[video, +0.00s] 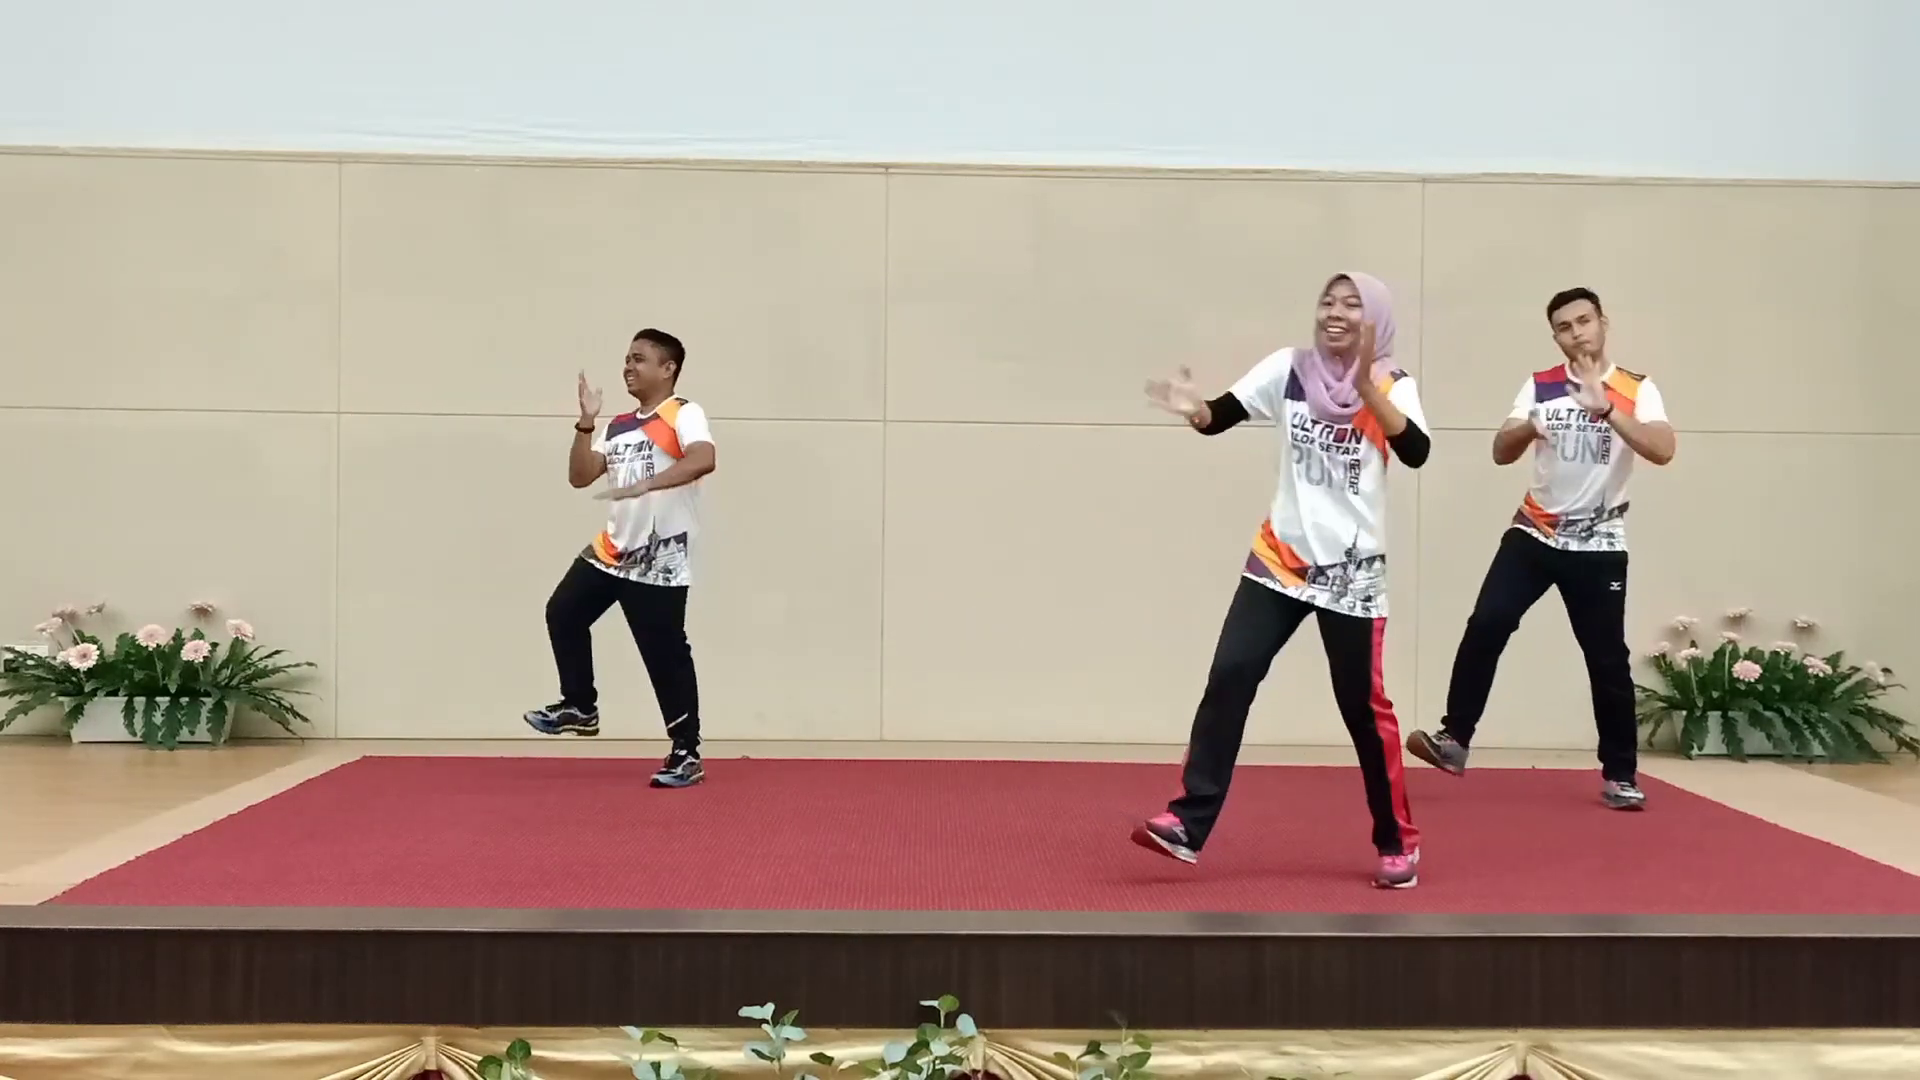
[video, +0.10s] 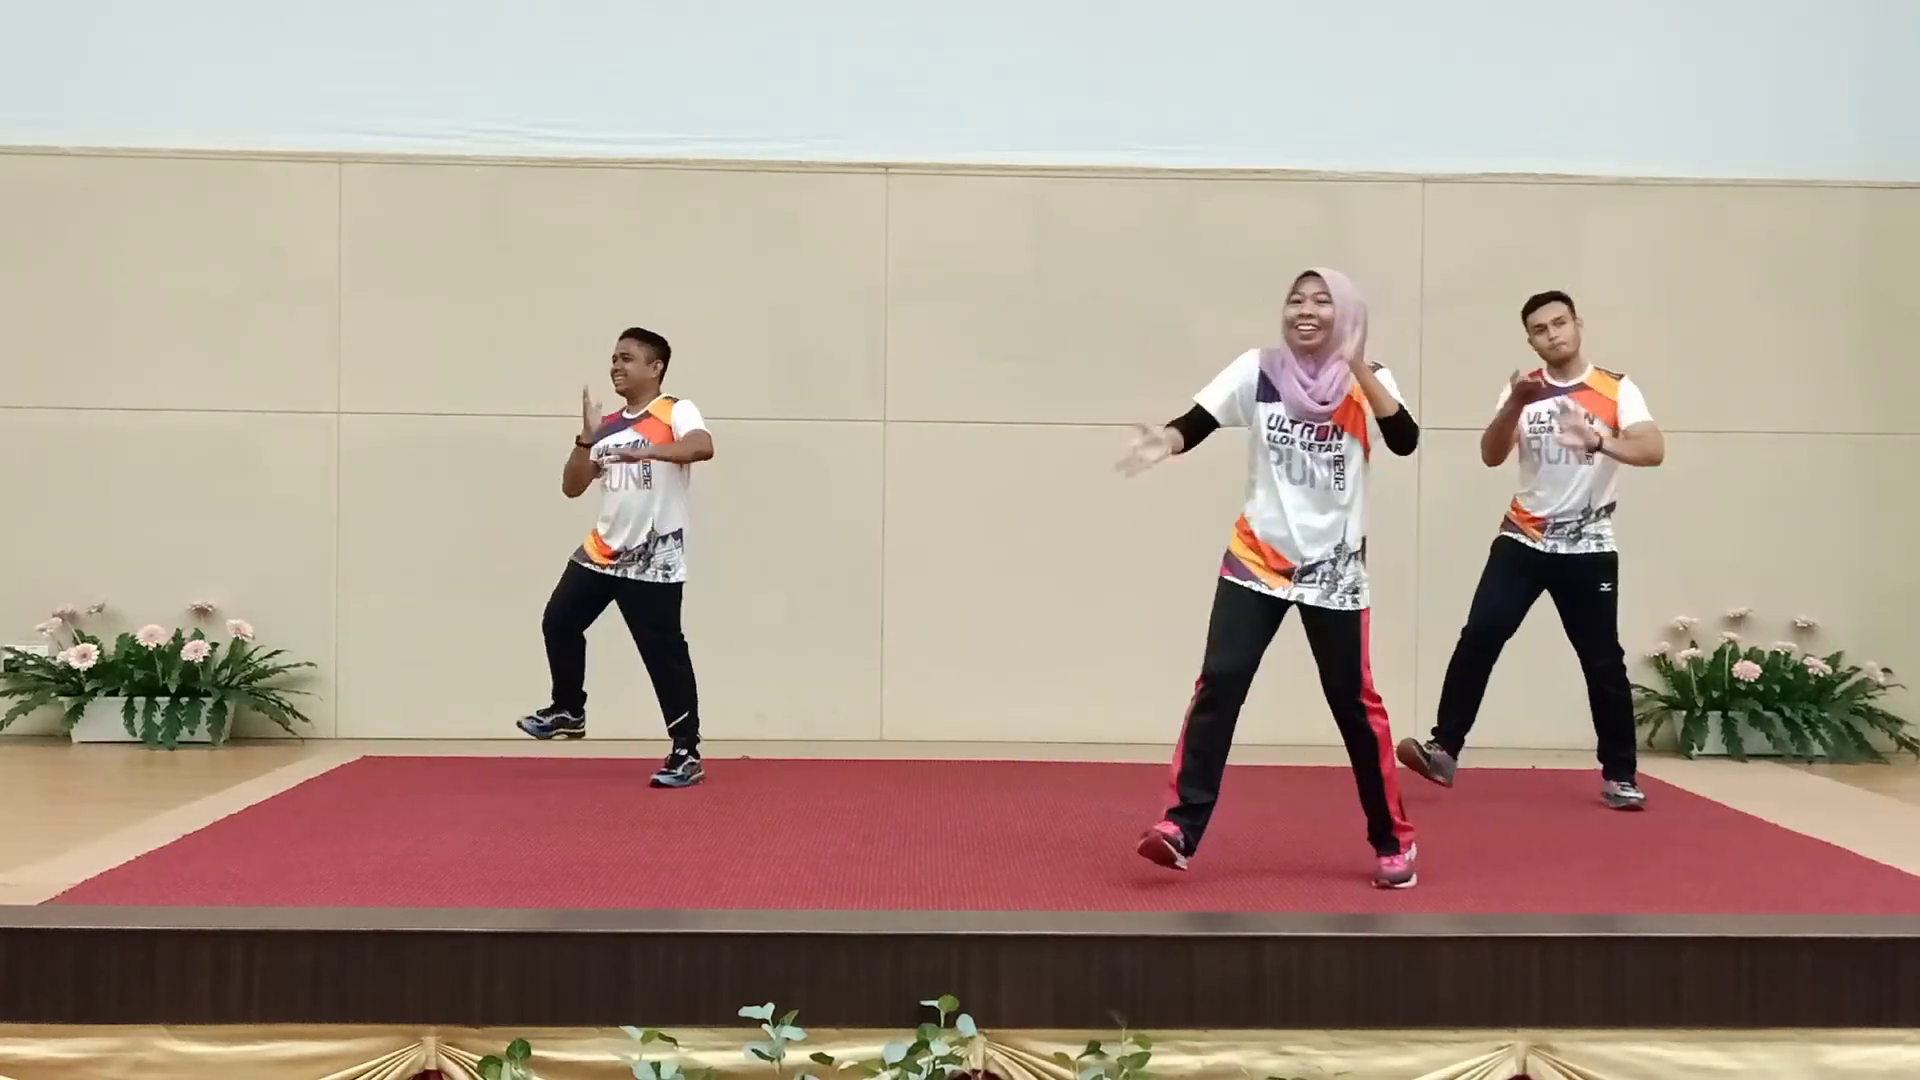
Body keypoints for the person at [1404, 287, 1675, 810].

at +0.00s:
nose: (1575, 333)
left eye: (1583, 321)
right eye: (1563, 327)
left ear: (1604, 324)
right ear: (1555, 337)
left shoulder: (1635, 389)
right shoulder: (1540, 387)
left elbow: (1663, 449)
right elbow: (1502, 452)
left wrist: (1608, 410)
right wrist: (1528, 428)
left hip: (1598, 544)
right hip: (1533, 536)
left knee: (1608, 662)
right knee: (1487, 624)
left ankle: (1621, 777)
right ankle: (1454, 740)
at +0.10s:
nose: (1552, 335)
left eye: (1559, 323)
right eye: (1540, 330)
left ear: (1579, 325)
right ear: (1531, 342)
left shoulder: (1617, 389)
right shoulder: (1524, 393)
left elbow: (1652, 449)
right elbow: (1492, 454)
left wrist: (1603, 440)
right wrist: (1516, 402)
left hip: (1587, 547)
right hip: (1522, 540)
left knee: (1604, 664)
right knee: (1479, 637)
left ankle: (1620, 777)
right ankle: (1444, 750)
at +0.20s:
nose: (1523, 339)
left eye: (1531, 328)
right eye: (1511, 334)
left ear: (1551, 332)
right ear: (1502, 347)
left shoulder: (1590, 395)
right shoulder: (1494, 400)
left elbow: (1631, 459)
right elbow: (1473, 462)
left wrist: (1595, 478)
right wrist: (1494, 397)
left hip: (1571, 555)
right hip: (1505, 553)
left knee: (1595, 665)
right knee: (1471, 652)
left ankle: (1619, 777)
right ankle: (1441, 767)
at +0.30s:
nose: (1493, 342)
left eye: (1501, 331)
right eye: (1481, 336)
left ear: (1519, 336)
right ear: (1470, 348)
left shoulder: (1557, 398)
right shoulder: (1460, 404)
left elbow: (1598, 467)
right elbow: (1449, 471)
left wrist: (1573, 500)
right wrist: (1471, 405)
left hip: (1544, 556)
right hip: (1478, 554)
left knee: (1579, 665)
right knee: (1452, 657)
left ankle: (1617, 775)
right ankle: (1435, 773)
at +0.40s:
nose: (1466, 338)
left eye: (1472, 328)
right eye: (1453, 333)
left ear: (1489, 334)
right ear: (1441, 347)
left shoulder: (1527, 396)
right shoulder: (1429, 405)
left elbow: (1563, 468)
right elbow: (1417, 475)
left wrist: (1541, 487)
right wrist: (1454, 422)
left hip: (1517, 553)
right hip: (1450, 552)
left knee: (1555, 663)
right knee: (1435, 660)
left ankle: (1597, 773)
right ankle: (1432, 775)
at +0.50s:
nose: (1445, 331)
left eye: (1450, 321)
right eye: (1432, 326)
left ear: (1465, 328)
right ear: (1417, 341)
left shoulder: (1502, 391)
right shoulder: (1403, 398)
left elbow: (1534, 468)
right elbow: (1388, 472)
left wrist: (1517, 448)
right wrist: (1429, 459)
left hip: (1492, 545)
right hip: (1429, 547)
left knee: (1524, 646)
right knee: (1429, 660)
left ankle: (1526, 762)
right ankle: (1432, 774)